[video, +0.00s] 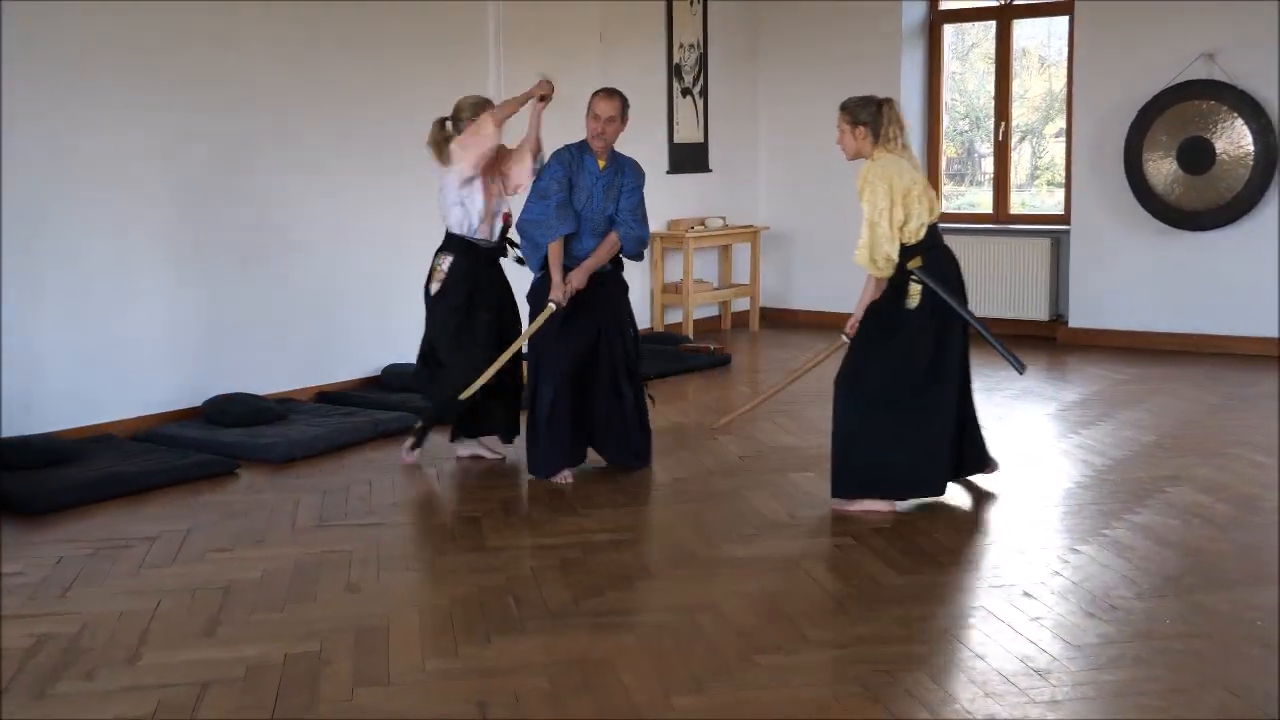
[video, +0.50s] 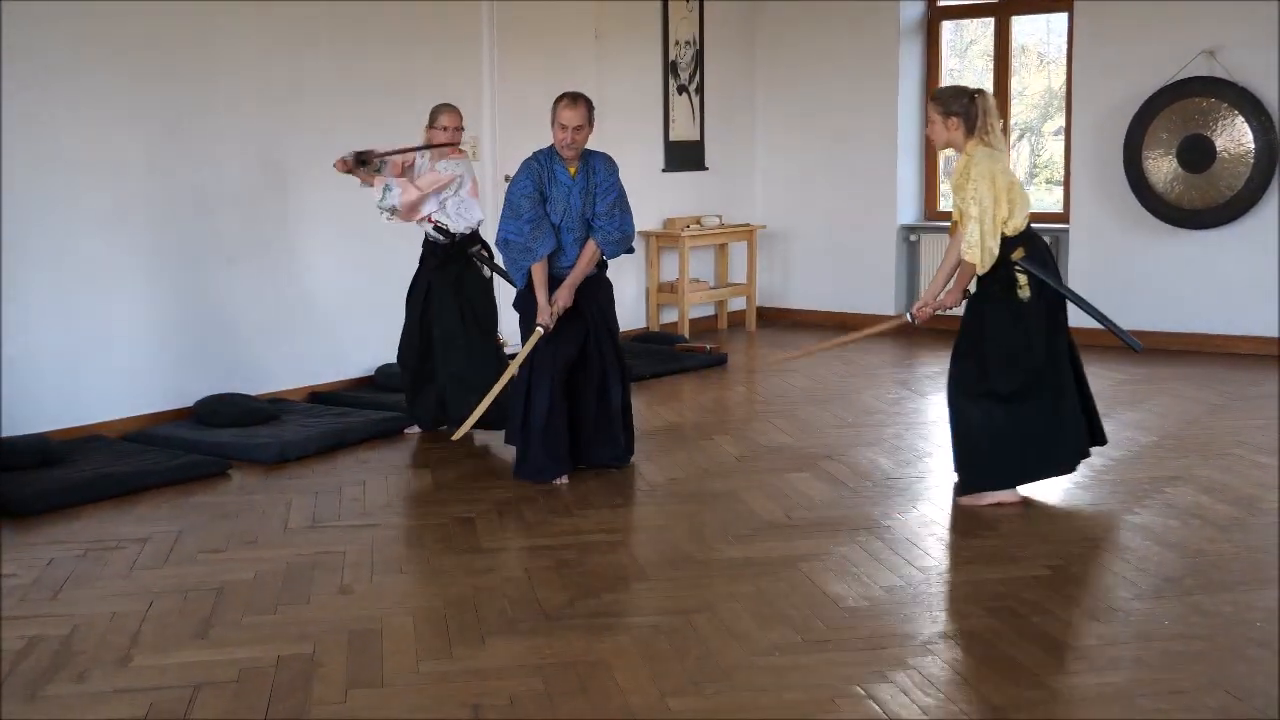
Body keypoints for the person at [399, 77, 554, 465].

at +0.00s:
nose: (493, 126)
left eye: (493, 120)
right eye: (487, 120)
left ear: (486, 126)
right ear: (468, 126)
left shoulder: (497, 167)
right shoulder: (459, 163)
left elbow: (529, 157)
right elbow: (490, 122)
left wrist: (537, 111)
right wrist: (529, 95)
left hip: (488, 266)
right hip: (458, 264)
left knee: (496, 347)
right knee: (461, 351)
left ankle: (469, 436)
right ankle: (422, 430)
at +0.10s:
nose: (482, 135)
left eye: (483, 128)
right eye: (473, 127)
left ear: (486, 131)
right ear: (451, 130)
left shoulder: (490, 166)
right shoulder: (440, 164)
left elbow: (505, 165)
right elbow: (464, 127)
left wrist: (507, 123)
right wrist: (512, 108)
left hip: (482, 266)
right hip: (446, 264)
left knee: (494, 348)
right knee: (436, 347)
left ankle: (469, 440)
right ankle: (410, 430)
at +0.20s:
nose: (471, 139)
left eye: (474, 131)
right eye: (463, 133)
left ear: (479, 135)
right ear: (445, 137)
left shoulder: (487, 171)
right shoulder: (431, 173)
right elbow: (423, 138)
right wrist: (474, 125)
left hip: (475, 268)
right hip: (439, 266)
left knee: (482, 348)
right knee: (436, 343)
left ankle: (467, 438)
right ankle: (420, 417)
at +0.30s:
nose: (462, 136)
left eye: (465, 130)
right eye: (454, 131)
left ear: (469, 134)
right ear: (436, 135)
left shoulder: (471, 171)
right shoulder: (424, 167)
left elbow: (442, 204)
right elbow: (401, 183)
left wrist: (420, 153)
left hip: (469, 266)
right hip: (434, 263)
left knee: (475, 347)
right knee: (430, 340)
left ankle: (473, 435)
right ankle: (427, 415)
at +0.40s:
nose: (453, 137)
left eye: (459, 131)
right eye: (446, 130)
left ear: (464, 134)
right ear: (429, 133)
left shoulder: (463, 168)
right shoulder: (417, 163)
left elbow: (420, 198)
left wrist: (383, 170)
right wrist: (381, 155)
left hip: (468, 263)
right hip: (433, 261)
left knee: (472, 345)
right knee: (423, 336)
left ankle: (489, 430)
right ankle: (426, 415)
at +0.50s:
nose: (453, 135)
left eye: (458, 129)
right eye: (445, 129)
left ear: (462, 131)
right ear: (429, 131)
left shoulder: (457, 163)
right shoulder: (420, 158)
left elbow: (409, 195)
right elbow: (387, 161)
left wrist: (362, 175)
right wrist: (358, 162)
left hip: (463, 254)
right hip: (436, 252)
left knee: (461, 334)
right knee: (428, 332)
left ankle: (461, 418)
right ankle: (428, 415)